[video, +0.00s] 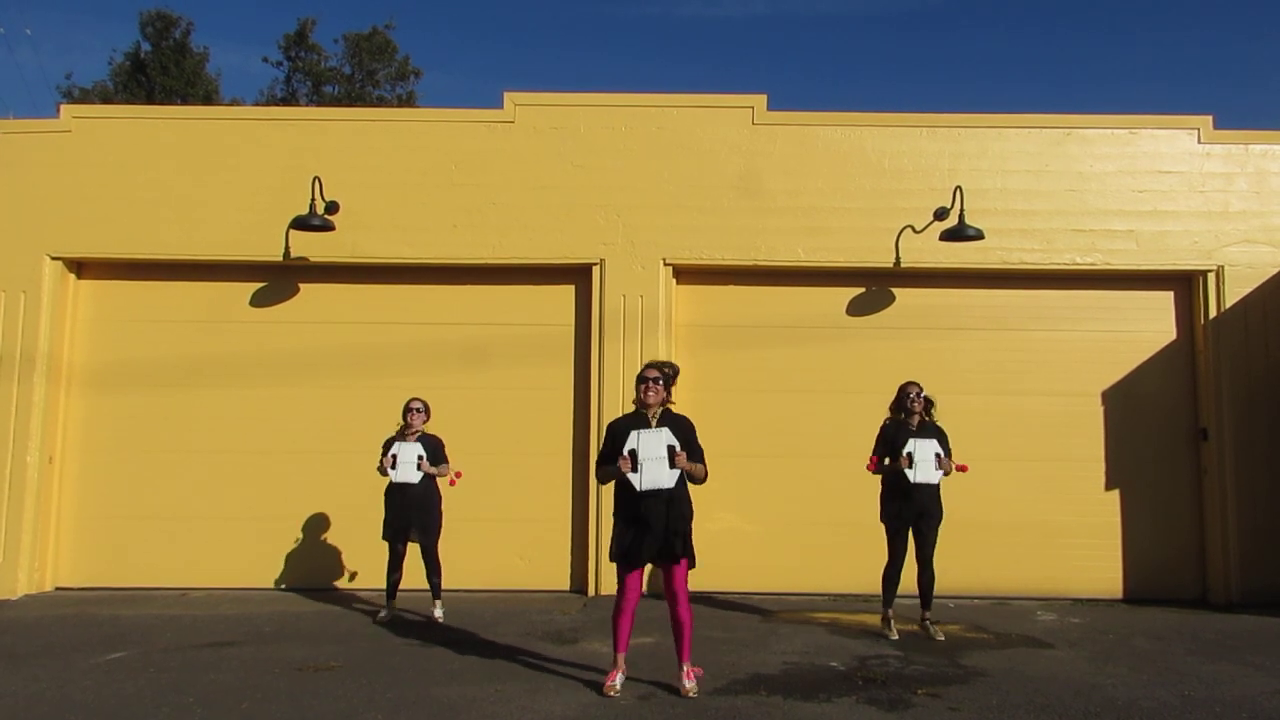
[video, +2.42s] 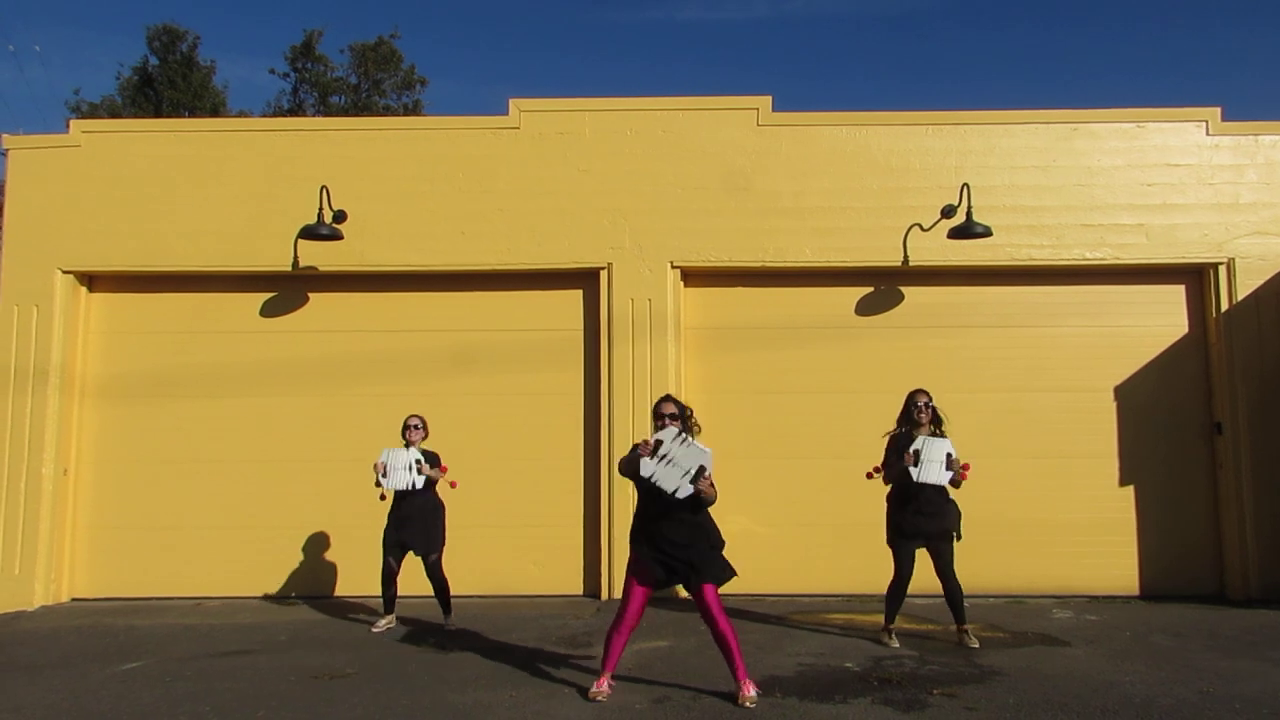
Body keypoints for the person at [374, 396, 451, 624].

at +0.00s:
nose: (414, 414)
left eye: (419, 411)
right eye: (410, 411)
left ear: (426, 416)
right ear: (404, 415)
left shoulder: (434, 442)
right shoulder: (393, 442)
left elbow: (445, 469)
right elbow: (383, 472)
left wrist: (430, 469)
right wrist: (385, 466)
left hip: (426, 506)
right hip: (398, 505)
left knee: (430, 554)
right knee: (396, 555)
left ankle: (437, 604)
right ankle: (389, 606)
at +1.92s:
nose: (413, 417)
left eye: (418, 413)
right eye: (408, 414)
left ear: (426, 418)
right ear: (402, 419)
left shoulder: (432, 441)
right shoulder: (396, 446)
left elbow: (439, 449)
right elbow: (385, 473)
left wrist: (430, 435)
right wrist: (372, 485)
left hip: (428, 505)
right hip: (399, 505)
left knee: (431, 557)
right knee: (386, 554)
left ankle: (439, 610)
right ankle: (376, 600)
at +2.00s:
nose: (416, 417)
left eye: (420, 413)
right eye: (411, 414)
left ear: (428, 416)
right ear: (407, 419)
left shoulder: (437, 437)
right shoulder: (401, 446)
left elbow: (447, 429)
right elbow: (389, 480)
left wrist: (451, 411)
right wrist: (370, 499)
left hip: (431, 503)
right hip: (402, 503)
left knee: (433, 558)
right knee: (384, 554)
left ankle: (439, 612)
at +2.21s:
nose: (418, 418)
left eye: (422, 414)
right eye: (414, 415)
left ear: (429, 418)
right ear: (407, 420)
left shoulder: (436, 440)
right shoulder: (402, 448)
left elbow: (450, 432)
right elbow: (391, 477)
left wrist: (449, 414)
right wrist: (373, 494)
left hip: (434, 505)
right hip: (406, 505)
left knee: (437, 558)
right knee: (381, 550)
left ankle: (445, 612)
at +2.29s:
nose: (413, 418)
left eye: (418, 415)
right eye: (409, 415)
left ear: (427, 418)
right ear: (404, 420)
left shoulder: (435, 439)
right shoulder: (400, 447)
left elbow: (443, 445)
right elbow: (389, 469)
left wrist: (429, 439)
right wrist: (378, 480)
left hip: (432, 504)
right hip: (404, 504)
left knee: (436, 556)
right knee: (385, 552)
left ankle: (447, 609)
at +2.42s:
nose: (412, 431)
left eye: (417, 427)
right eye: (408, 428)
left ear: (424, 432)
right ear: (403, 432)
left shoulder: (430, 457)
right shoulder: (396, 457)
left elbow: (439, 476)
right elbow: (385, 484)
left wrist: (427, 472)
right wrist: (380, 474)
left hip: (428, 516)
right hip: (400, 515)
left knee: (433, 569)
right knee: (389, 567)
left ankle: (448, 616)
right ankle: (389, 615)